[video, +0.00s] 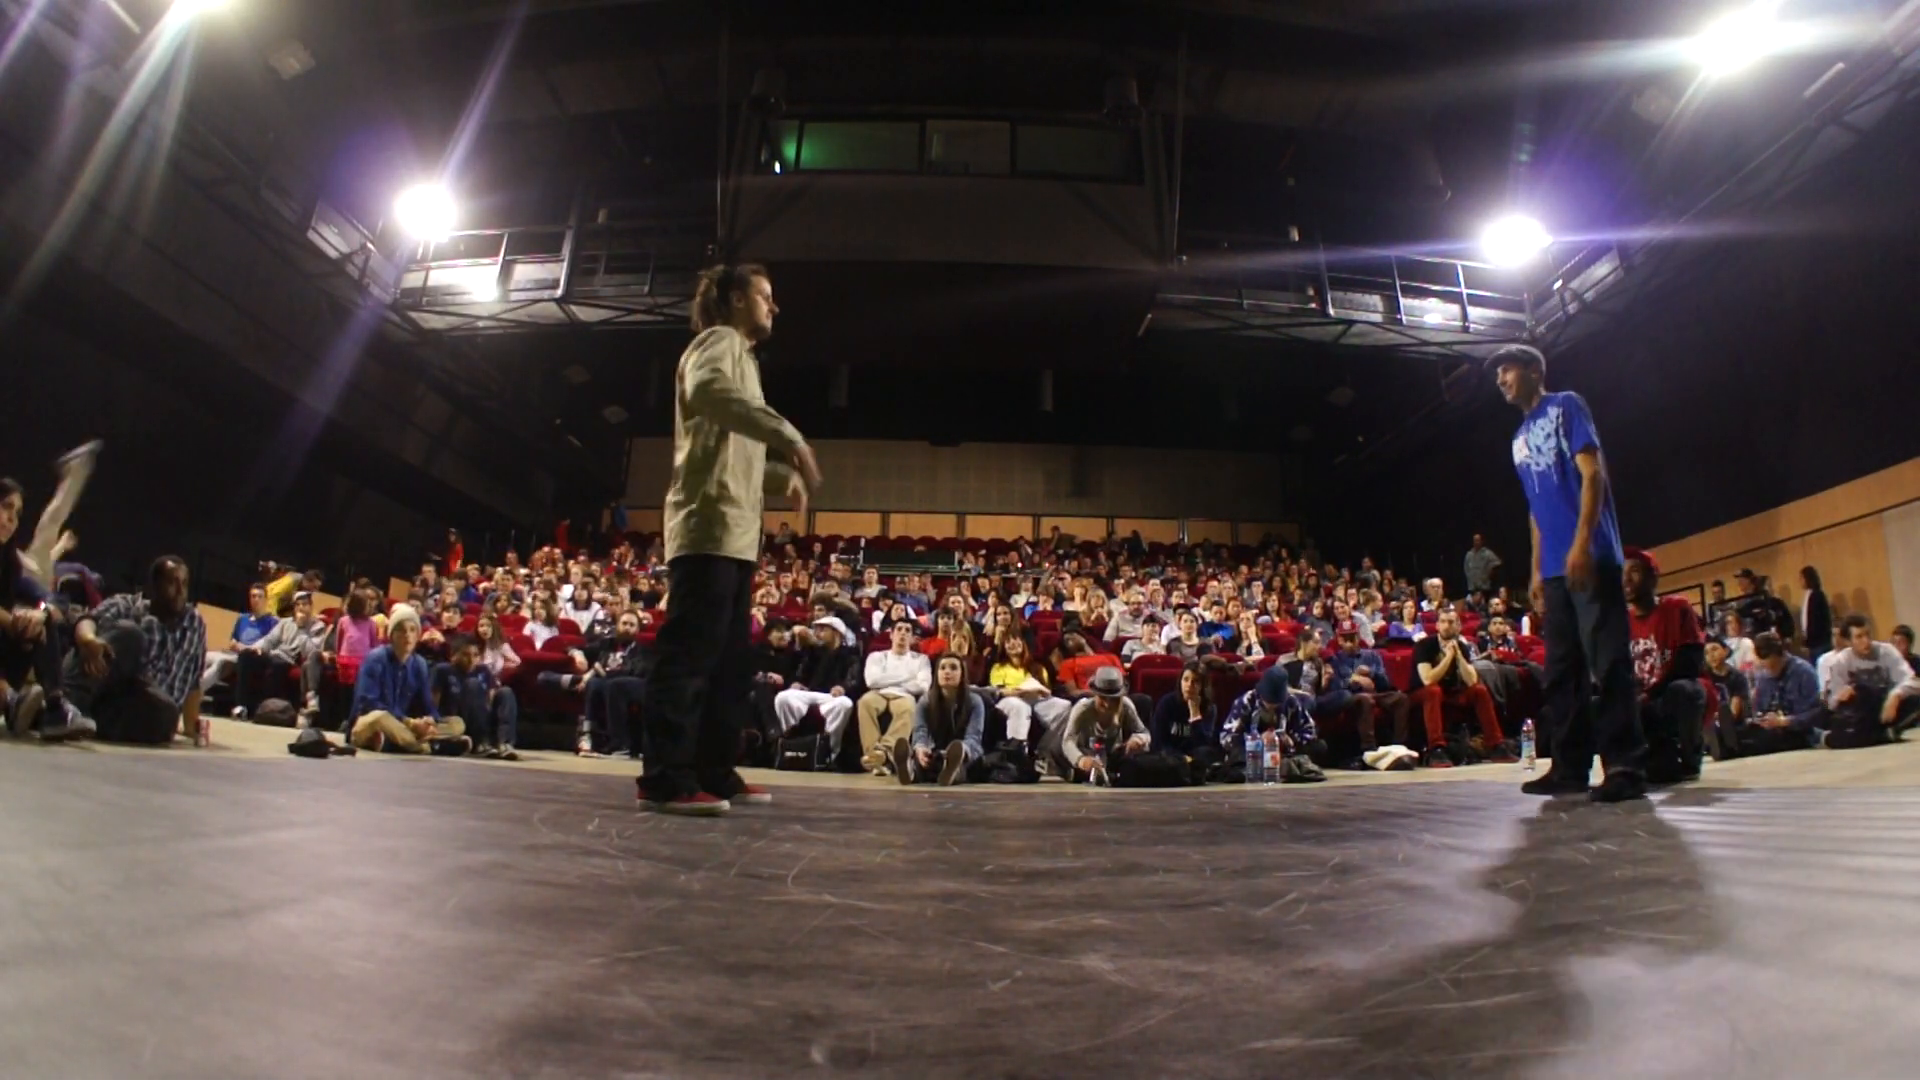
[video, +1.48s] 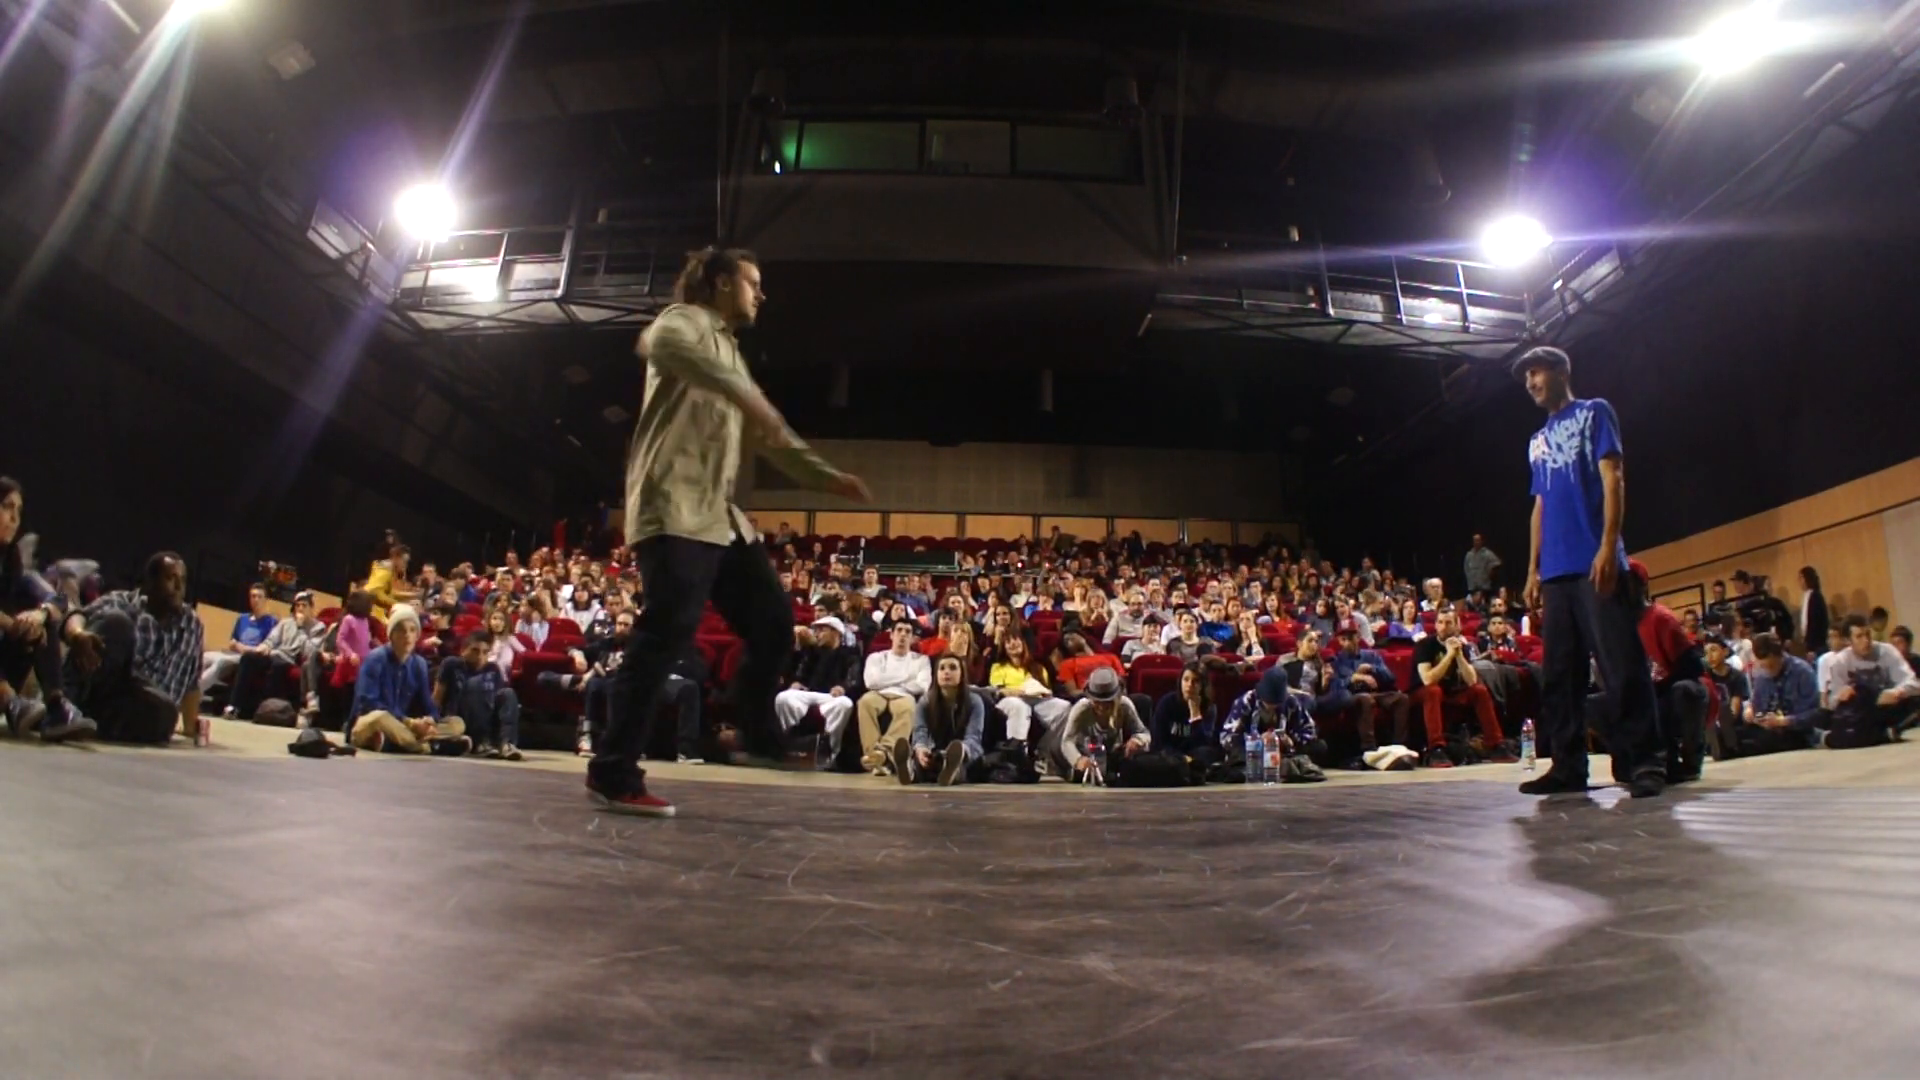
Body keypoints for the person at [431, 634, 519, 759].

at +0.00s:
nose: (471, 660)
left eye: (475, 656)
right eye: (467, 655)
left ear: (479, 657)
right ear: (457, 656)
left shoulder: (483, 671)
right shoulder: (443, 671)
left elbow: (491, 690)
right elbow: (436, 696)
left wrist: (488, 708)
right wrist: (435, 719)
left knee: (506, 692)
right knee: (472, 684)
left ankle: (505, 743)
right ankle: (482, 742)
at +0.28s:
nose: (473, 660)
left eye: (476, 656)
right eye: (469, 656)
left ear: (480, 657)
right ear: (459, 656)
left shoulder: (482, 670)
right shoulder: (443, 670)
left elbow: (493, 688)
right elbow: (436, 694)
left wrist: (488, 706)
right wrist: (434, 718)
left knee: (505, 693)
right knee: (471, 684)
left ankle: (505, 743)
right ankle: (481, 742)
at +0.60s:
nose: (475, 657)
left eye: (480, 653)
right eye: (471, 652)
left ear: (483, 656)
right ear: (459, 653)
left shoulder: (487, 670)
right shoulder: (444, 670)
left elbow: (495, 690)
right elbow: (434, 696)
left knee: (506, 692)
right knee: (473, 685)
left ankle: (506, 743)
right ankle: (481, 742)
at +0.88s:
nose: (483, 658)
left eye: (488, 653)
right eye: (479, 652)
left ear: (492, 655)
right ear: (466, 651)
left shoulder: (495, 671)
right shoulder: (449, 670)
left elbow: (503, 695)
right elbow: (434, 698)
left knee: (509, 693)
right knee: (473, 687)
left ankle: (507, 744)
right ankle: (481, 742)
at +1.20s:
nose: (480, 656)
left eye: (485, 652)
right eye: (475, 651)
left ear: (489, 654)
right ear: (464, 651)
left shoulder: (494, 669)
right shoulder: (449, 667)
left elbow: (501, 694)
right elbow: (437, 695)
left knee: (510, 693)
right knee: (472, 687)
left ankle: (508, 743)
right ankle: (482, 742)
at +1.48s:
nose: (480, 657)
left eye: (485, 652)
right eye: (475, 651)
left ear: (489, 653)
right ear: (465, 650)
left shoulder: (492, 669)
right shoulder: (451, 664)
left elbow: (501, 694)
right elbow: (438, 697)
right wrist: (435, 722)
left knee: (508, 693)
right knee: (474, 684)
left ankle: (507, 743)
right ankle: (482, 742)